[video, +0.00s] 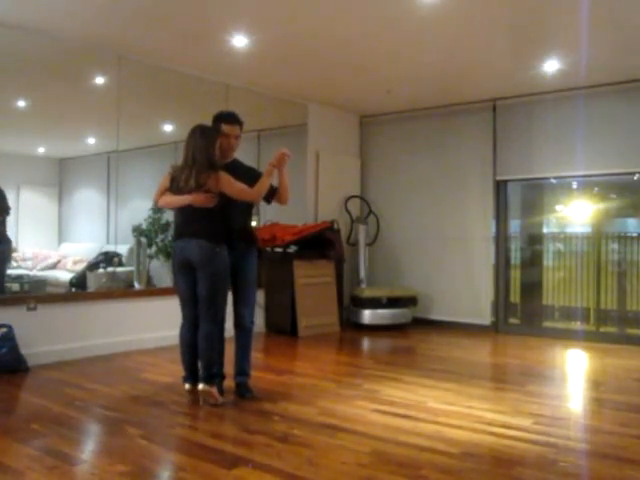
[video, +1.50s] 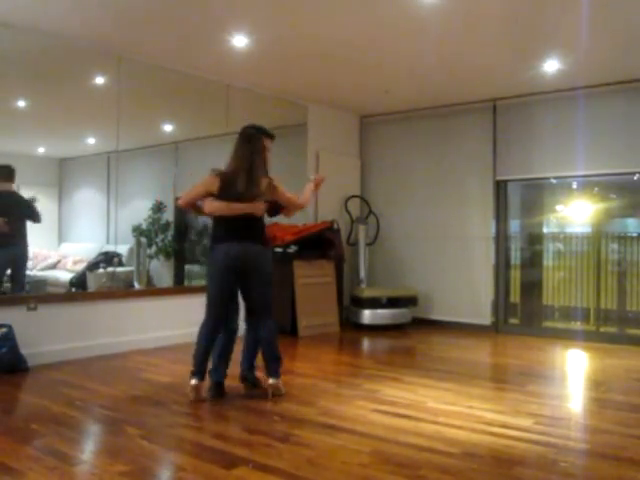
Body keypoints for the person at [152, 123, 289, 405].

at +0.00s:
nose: (222, 151)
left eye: (222, 145)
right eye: (219, 146)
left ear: (189, 146)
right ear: (211, 147)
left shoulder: (175, 174)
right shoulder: (215, 177)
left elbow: (159, 198)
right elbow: (254, 195)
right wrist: (271, 169)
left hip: (182, 247)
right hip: (209, 248)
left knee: (189, 316)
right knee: (211, 316)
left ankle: (190, 379)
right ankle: (209, 382)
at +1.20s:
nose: (242, 155)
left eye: (244, 149)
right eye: (238, 149)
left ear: (207, 151)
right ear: (227, 152)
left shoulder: (188, 177)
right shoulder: (231, 185)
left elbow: (166, 199)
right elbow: (266, 210)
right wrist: (293, 191)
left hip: (189, 254)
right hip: (219, 256)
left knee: (193, 318)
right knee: (230, 317)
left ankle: (189, 378)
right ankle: (220, 382)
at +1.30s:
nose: (249, 155)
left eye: (251, 149)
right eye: (246, 149)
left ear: (215, 152)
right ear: (236, 153)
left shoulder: (197, 178)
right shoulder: (240, 185)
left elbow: (171, 198)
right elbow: (277, 209)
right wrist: (302, 190)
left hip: (197, 256)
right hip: (229, 257)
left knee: (198, 319)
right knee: (246, 318)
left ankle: (191, 377)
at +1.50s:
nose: (269, 156)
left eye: (268, 151)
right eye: (267, 151)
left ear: (239, 150)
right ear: (260, 152)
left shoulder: (218, 180)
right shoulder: (265, 184)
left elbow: (184, 201)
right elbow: (299, 204)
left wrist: (205, 211)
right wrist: (312, 185)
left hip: (223, 254)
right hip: (256, 255)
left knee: (214, 316)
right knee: (262, 315)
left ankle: (197, 375)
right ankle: (274, 375)